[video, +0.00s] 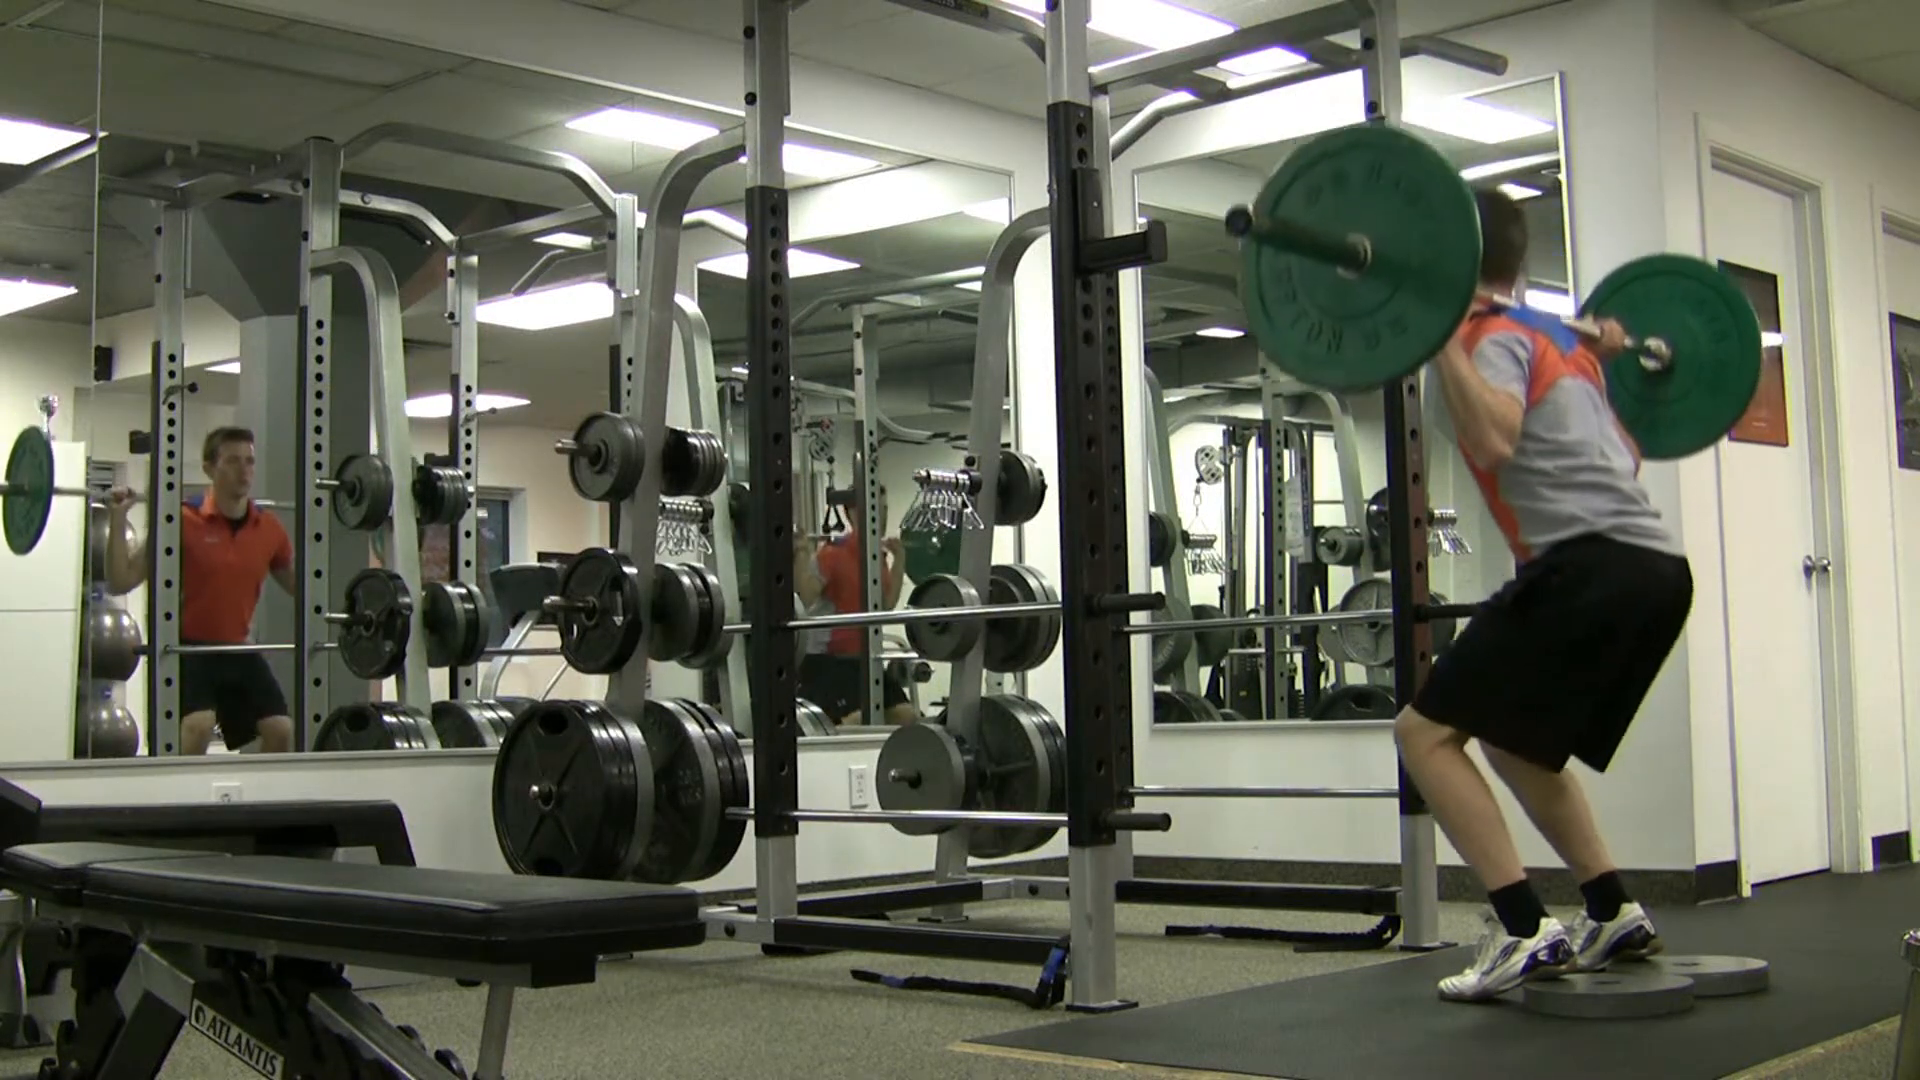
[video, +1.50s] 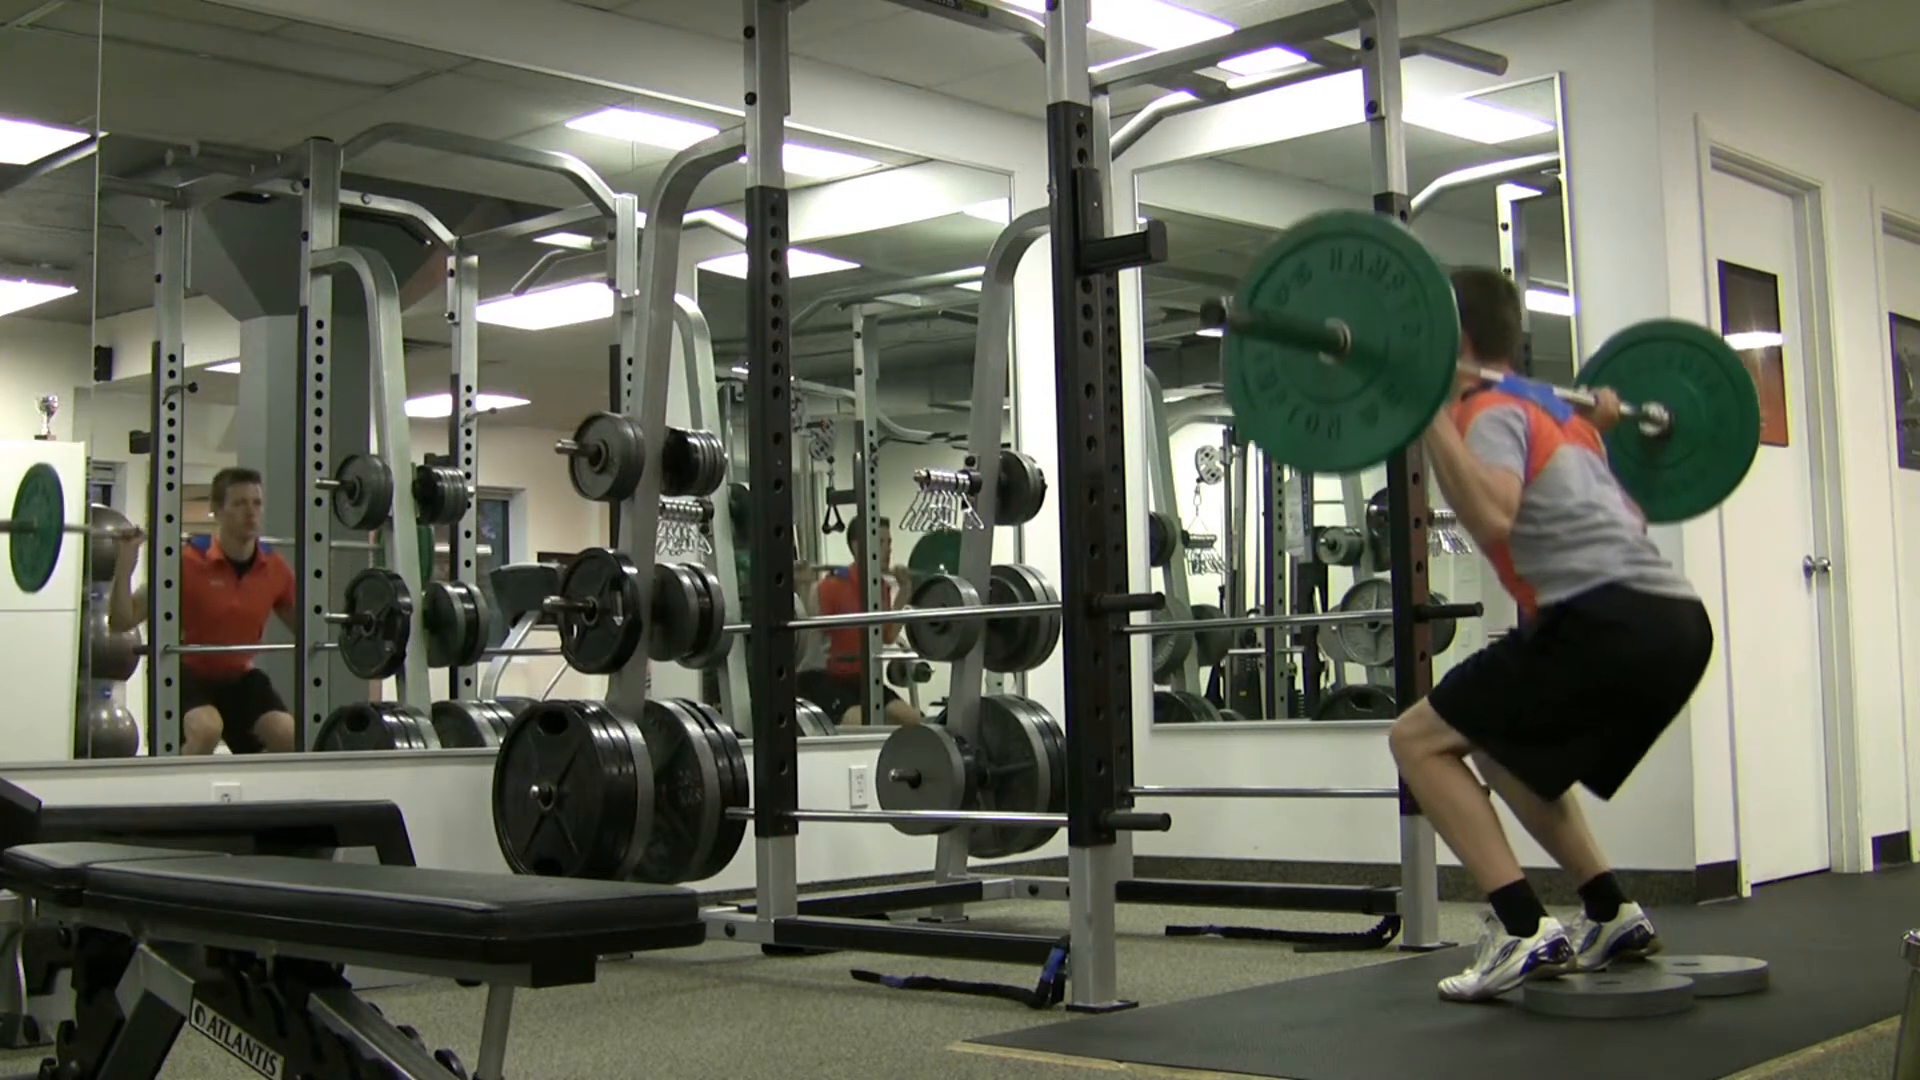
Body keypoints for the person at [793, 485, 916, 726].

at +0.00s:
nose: (875, 515)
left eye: (881, 508)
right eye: (867, 508)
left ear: (885, 511)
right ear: (850, 513)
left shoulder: (877, 556)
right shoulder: (833, 553)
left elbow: (888, 603)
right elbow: (808, 597)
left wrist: (899, 557)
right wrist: (801, 555)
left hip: (871, 656)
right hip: (839, 656)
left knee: (906, 717)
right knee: (855, 721)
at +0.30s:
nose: (881, 547)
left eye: (885, 539)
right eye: (872, 538)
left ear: (888, 542)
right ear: (853, 543)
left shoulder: (880, 585)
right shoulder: (833, 584)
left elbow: (886, 635)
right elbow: (815, 628)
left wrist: (901, 589)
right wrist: (802, 589)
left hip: (868, 679)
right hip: (829, 680)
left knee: (914, 721)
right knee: (862, 724)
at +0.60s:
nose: (885, 572)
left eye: (888, 565)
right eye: (878, 564)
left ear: (891, 568)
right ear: (855, 569)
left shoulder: (887, 609)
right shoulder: (833, 608)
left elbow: (895, 666)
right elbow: (811, 653)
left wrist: (900, 616)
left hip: (872, 695)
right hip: (838, 697)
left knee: (918, 723)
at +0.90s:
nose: (889, 589)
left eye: (891, 582)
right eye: (880, 582)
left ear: (894, 584)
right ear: (858, 585)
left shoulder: (883, 623)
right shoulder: (835, 622)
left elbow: (889, 673)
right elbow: (804, 673)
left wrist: (907, 627)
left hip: (871, 703)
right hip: (837, 705)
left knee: (914, 719)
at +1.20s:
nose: (889, 582)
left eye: (891, 575)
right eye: (882, 575)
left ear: (893, 576)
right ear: (858, 577)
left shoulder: (883, 618)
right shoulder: (837, 614)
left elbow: (895, 673)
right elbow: (804, 664)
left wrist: (904, 620)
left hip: (871, 700)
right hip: (838, 700)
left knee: (915, 721)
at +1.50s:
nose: (888, 549)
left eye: (889, 542)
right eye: (881, 542)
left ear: (891, 544)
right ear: (856, 546)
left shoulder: (881, 586)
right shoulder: (831, 587)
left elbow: (888, 636)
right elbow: (821, 633)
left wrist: (904, 592)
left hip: (868, 679)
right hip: (832, 680)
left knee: (912, 719)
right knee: (859, 723)